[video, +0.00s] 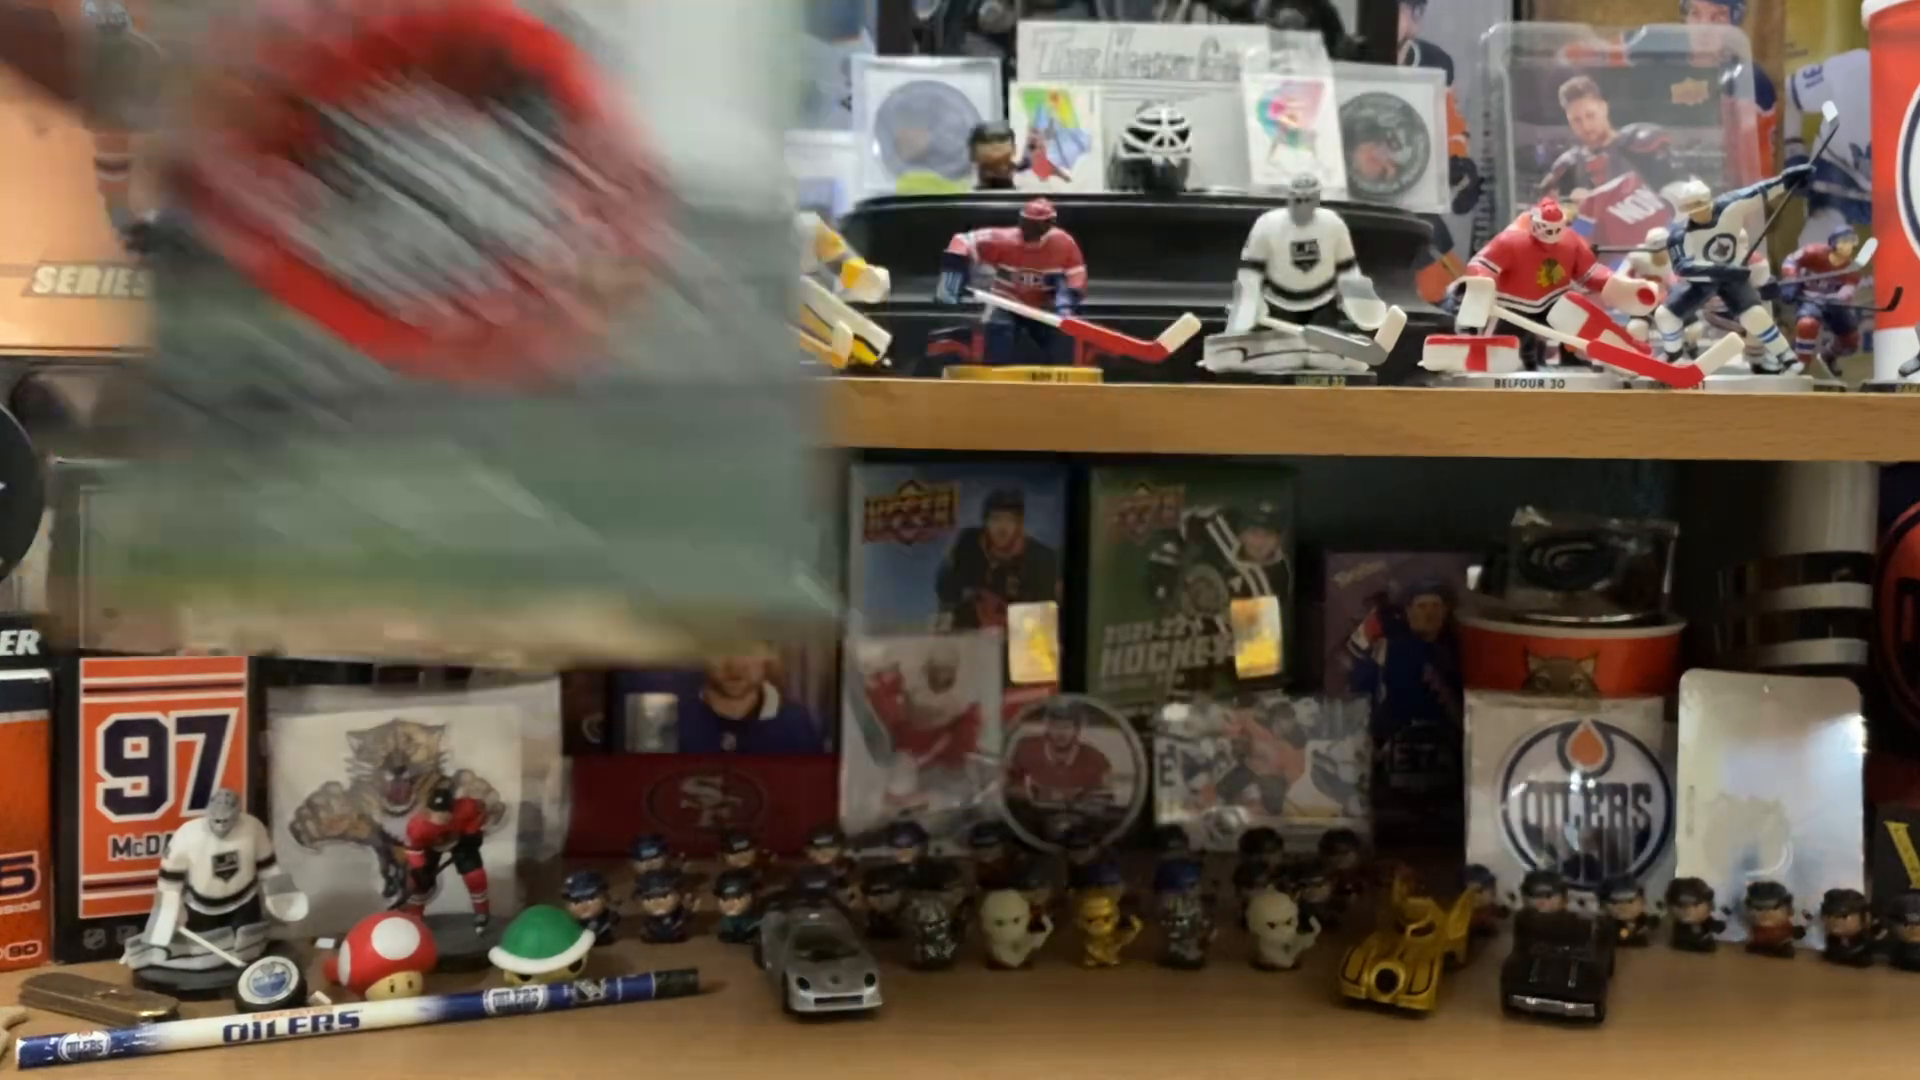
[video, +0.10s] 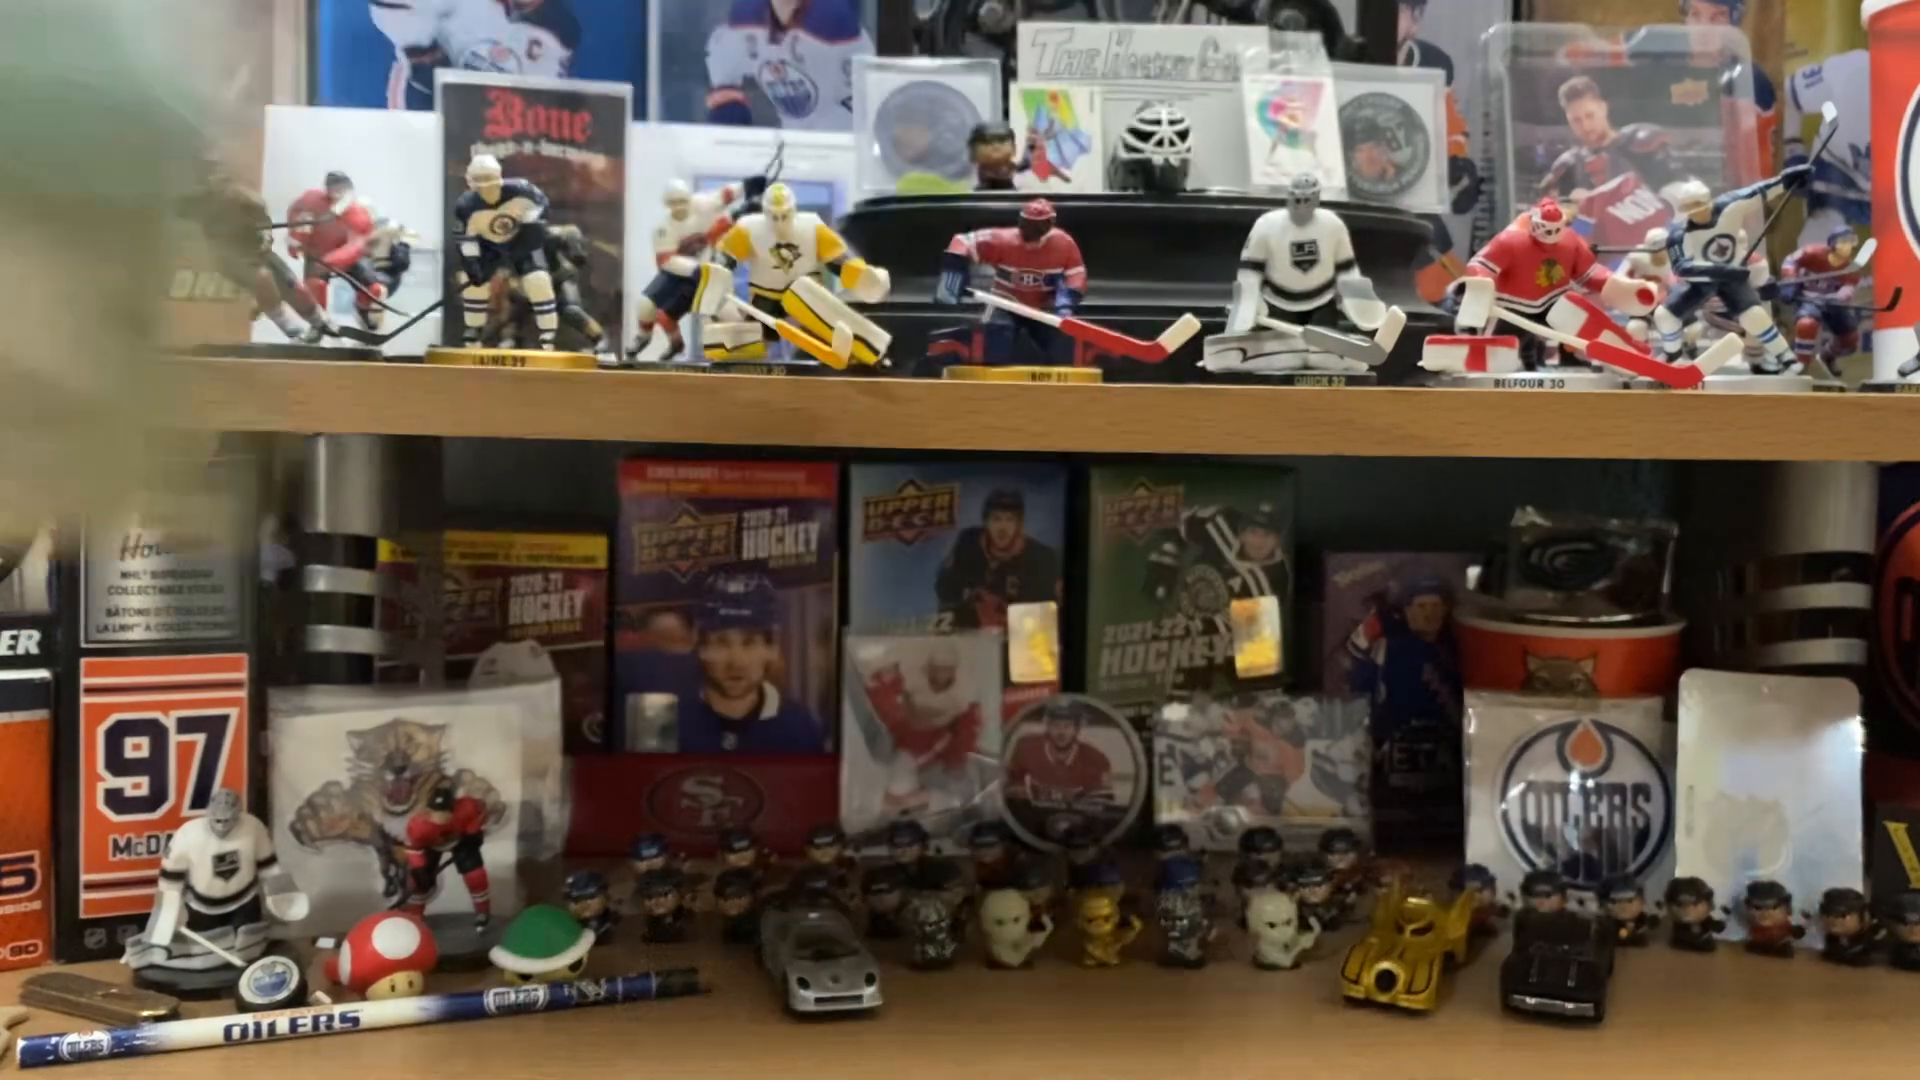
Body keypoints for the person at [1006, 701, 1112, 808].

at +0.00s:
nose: (1060, 733)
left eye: (1066, 727)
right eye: (1055, 726)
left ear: (1077, 729)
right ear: (1047, 727)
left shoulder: (1094, 758)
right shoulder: (1026, 749)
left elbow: (1105, 796)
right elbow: (1008, 786)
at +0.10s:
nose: (1061, 732)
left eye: (1067, 726)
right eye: (1055, 725)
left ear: (1077, 728)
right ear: (1047, 726)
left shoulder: (1095, 759)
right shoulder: (1026, 748)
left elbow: (1103, 799)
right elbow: (1008, 788)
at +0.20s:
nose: (1060, 731)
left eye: (1067, 726)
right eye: (1055, 725)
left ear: (1077, 728)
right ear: (1048, 726)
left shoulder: (1095, 758)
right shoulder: (1027, 746)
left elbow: (1099, 803)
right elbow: (1015, 792)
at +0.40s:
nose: (1060, 731)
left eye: (1066, 725)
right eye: (1055, 725)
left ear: (1077, 728)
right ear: (1048, 726)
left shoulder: (1094, 758)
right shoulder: (1026, 746)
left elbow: (1099, 802)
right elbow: (1014, 789)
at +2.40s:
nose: (1060, 730)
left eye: (1066, 725)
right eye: (1055, 724)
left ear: (1076, 728)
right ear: (1047, 726)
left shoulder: (1095, 758)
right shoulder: (1025, 744)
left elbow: (1099, 802)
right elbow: (1014, 787)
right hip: (1032, 815)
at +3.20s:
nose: (1060, 730)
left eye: (1066, 725)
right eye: (1055, 724)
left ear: (1076, 729)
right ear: (1047, 726)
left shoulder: (1095, 758)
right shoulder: (1025, 744)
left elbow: (1100, 798)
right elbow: (1014, 780)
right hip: (1033, 813)